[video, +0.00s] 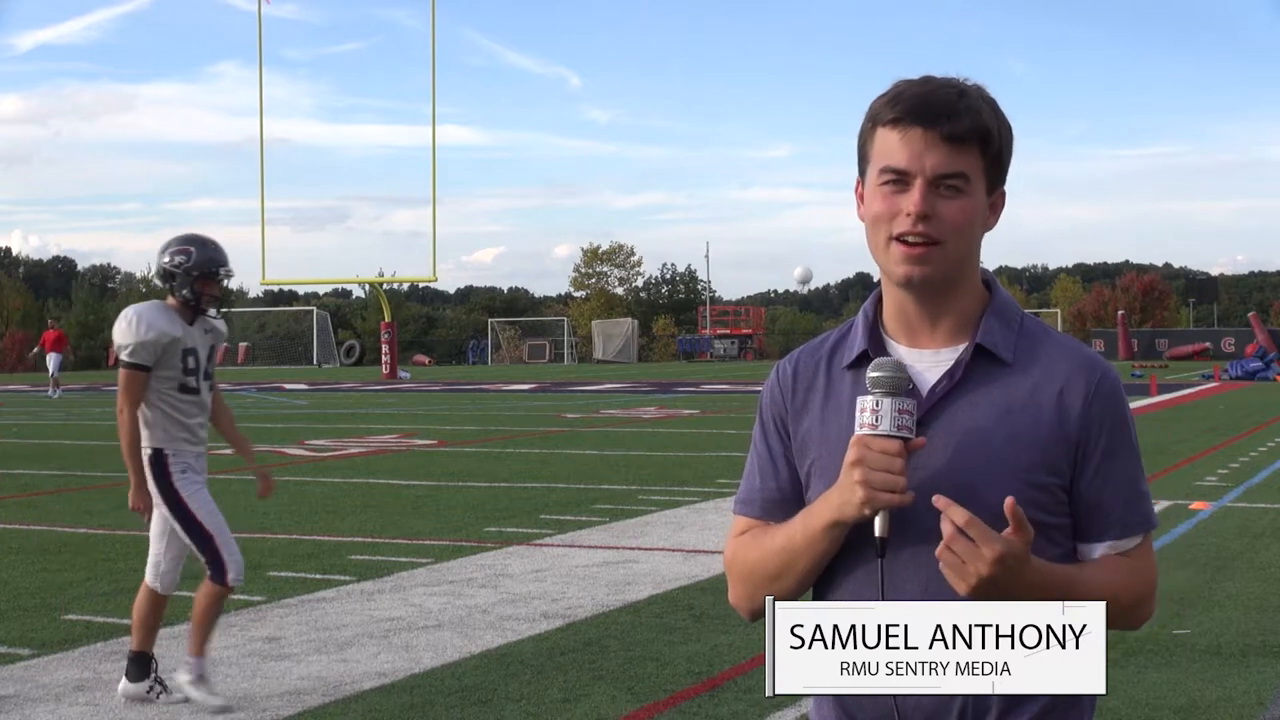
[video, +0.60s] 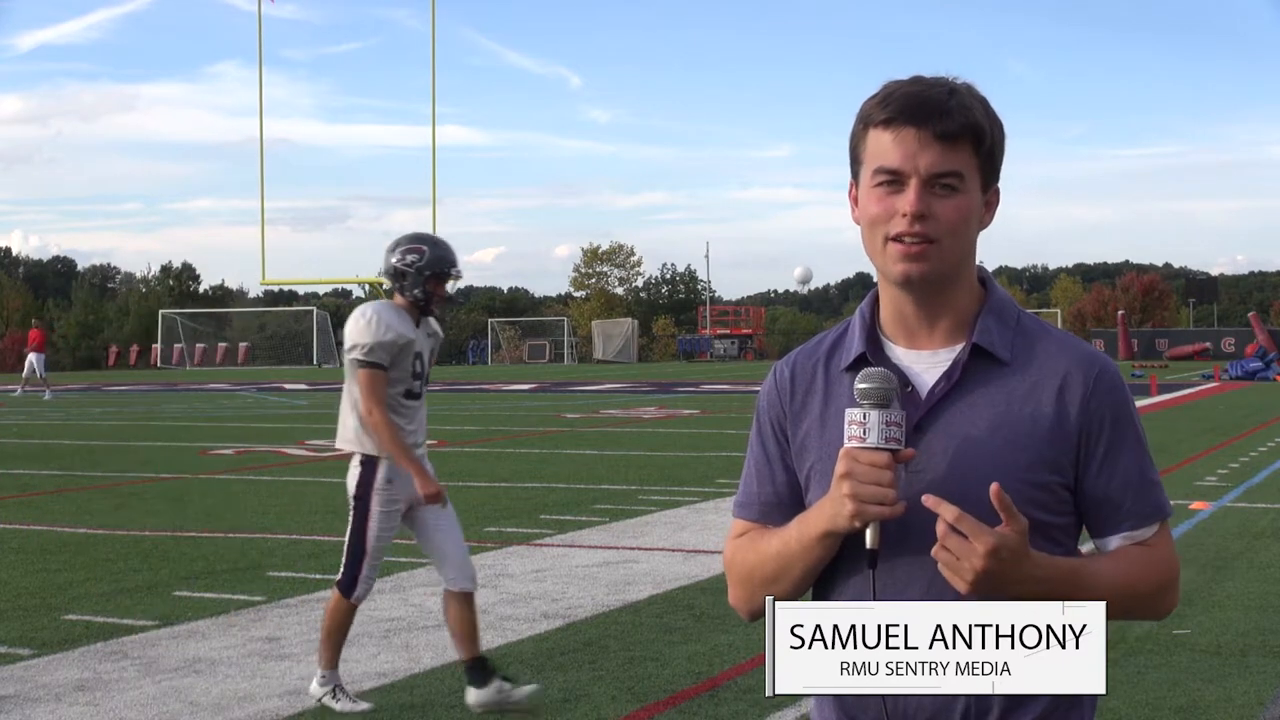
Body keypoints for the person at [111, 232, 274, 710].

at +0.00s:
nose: (215, 288)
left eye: (217, 280)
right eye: (207, 280)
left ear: (212, 281)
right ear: (179, 279)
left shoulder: (210, 328)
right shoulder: (145, 323)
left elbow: (212, 400)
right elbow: (127, 407)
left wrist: (252, 458)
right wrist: (137, 480)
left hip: (192, 462)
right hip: (163, 462)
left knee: (160, 575)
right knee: (225, 566)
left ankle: (137, 675)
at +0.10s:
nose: (252, 292)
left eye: (253, 283)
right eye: (243, 284)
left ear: (249, 284)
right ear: (216, 284)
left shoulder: (245, 333)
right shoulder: (179, 329)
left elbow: (258, 398)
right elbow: (160, 413)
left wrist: (310, 444)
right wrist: (163, 486)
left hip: (224, 465)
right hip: (197, 465)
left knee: (179, 575)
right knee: (252, 577)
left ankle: (141, 672)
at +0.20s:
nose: (290, 296)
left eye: (291, 288)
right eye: (283, 288)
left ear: (280, 288)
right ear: (256, 288)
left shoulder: (284, 338)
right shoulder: (219, 334)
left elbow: (298, 399)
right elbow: (198, 420)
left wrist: (355, 440)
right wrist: (200, 496)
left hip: (265, 467)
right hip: (238, 468)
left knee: (220, 580)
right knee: (282, 580)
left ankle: (156, 661)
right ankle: (314, 690)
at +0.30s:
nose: (328, 293)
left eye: (329, 285)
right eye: (321, 285)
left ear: (314, 286)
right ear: (294, 285)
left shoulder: (319, 334)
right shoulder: (258, 332)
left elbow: (330, 404)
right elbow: (242, 419)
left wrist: (379, 450)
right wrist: (247, 496)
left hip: (307, 464)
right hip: (280, 465)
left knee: (298, 583)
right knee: (303, 581)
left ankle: (212, 638)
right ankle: (316, 691)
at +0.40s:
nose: (366, 288)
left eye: (367, 279)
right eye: (358, 280)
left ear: (353, 279)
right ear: (331, 279)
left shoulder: (356, 328)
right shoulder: (295, 326)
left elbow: (352, 405)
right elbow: (286, 415)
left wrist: (384, 463)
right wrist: (304, 487)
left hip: (348, 464)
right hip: (314, 466)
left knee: (369, 581)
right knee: (319, 584)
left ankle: (291, 635)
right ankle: (318, 689)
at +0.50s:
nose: (404, 286)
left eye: (405, 278)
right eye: (397, 278)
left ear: (391, 277)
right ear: (371, 276)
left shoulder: (392, 327)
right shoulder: (332, 320)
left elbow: (374, 396)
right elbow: (328, 407)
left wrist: (381, 456)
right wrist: (360, 475)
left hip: (381, 463)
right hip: (341, 465)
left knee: (426, 568)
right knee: (336, 581)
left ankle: (381, 665)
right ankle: (322, 683)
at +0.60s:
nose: (447, 289)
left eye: (447, 280)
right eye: (441, 281)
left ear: (423, 281)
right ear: (414, 279)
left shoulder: (429, 330)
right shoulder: (374, 322)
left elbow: (406, 399)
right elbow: (370, 408)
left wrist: (410, 456)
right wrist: (417, 471)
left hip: (418, 466)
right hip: (376, 467)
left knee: (460, 575)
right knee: (355, 581)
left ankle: (480, 680)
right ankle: (325, 681)